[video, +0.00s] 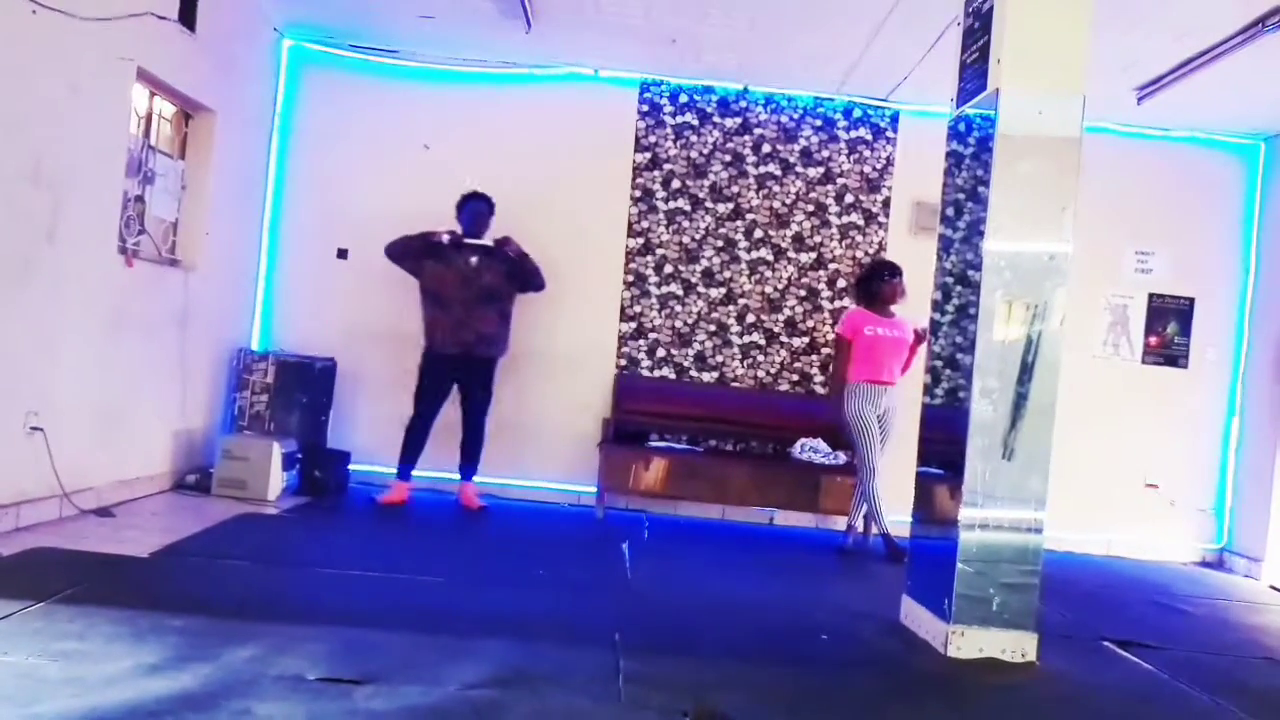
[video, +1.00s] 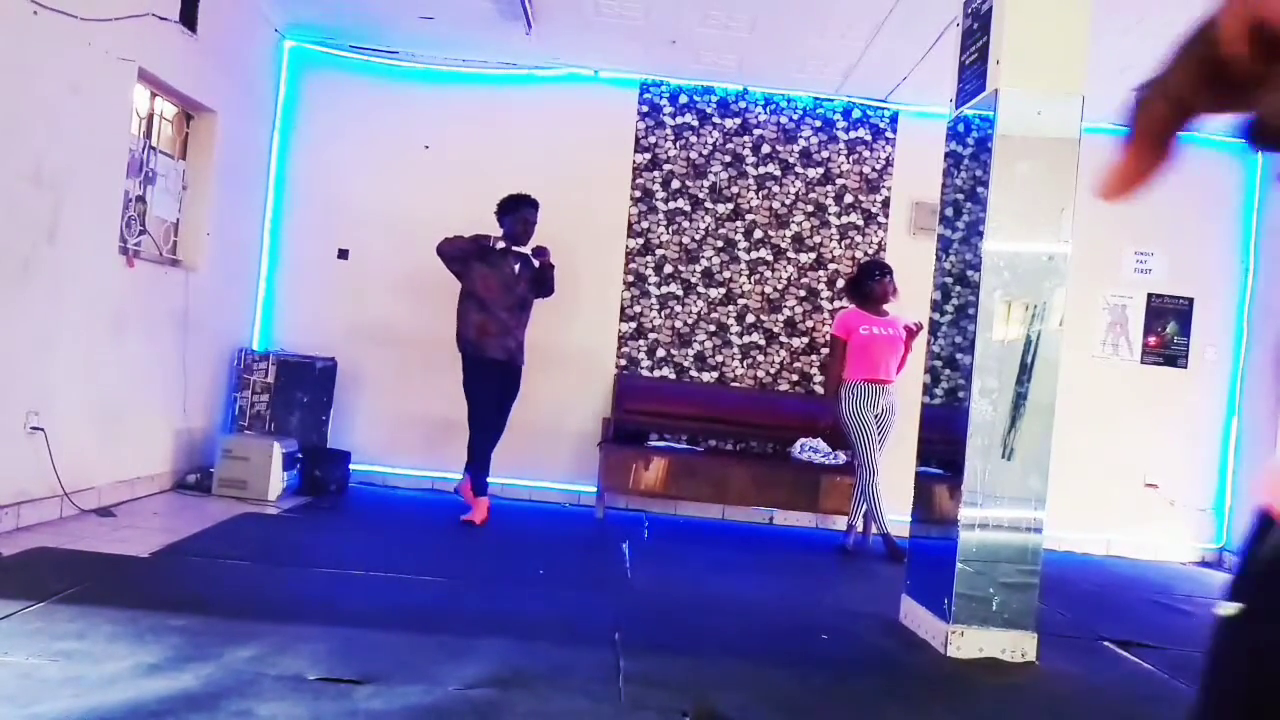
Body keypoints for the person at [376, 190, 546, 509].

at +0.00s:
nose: (477, 220)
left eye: (483, 215)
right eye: (471, 213)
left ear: (491, 219)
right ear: (459, 215)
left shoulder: (502, 261)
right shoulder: (436, 255)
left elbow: (536, 284)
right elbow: (394, 251)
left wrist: (514, 251)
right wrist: (433, 239)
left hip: (480, 358)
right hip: (440, 353)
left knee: (475, 423)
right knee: (422, 417)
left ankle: (467, 485)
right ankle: (402, 483)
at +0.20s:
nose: (496, 225)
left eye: (502, 220)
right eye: (490, 218)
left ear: (509, 224)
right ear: (477, 221)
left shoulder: (519, 266)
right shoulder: (453, 259)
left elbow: (549, 291)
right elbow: (412, 255)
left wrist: (533, 261)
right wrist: (453, 244)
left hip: (495, 361)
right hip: (455, 356)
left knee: (483, 425)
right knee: (432, 420)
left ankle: (470, 485)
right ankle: (411, 483)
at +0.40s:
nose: (511, 226)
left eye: (515, 220)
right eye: (505, 220)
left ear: (519, 224)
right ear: (490, 220)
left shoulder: (527, 267)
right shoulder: (462, 257)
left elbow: (558, 291)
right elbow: (423, 251)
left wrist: (543, 261)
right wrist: (464, 243)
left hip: (500, 359)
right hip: (463, 353)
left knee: (484, 423)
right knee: (455, 419)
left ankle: (469, 486)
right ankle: (446, 487)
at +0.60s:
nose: (519, 231)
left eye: (523, 225)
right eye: (513, 224)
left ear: (527, 229)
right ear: (497, 224)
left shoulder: (530, 271)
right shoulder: (467, 259)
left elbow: (558, 296)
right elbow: (428, 252)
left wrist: (547, 267)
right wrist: (469, 246)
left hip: (504, 359)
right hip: (469, 353)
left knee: (489, 420)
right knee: (473, 417)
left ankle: (469, 482)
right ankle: (477, 487)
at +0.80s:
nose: (525, 229)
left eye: (529, 223)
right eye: (519, 222)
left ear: (531, 227)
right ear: (502, 221)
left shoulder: (531, 268)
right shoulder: (472, 258)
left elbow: (554, 291)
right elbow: (437, 251)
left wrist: (548, 265)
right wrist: (477, 244)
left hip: (508, 359)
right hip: (474, 354)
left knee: (491, 423)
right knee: (477, 420)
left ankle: (468, 483)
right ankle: (477, 492)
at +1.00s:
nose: (530, 228)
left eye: (533, 223)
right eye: (524, 221)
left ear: (533, 226)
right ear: (505, 220)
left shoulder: (527, 265)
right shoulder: (478, 255)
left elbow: (544, 290)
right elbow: (445, 248)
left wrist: (545, 266)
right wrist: (479, 241)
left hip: (510, 354)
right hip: (478, 349)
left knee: (496, 422)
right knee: (481, 420)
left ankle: (469, 479)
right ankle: (481, 498)